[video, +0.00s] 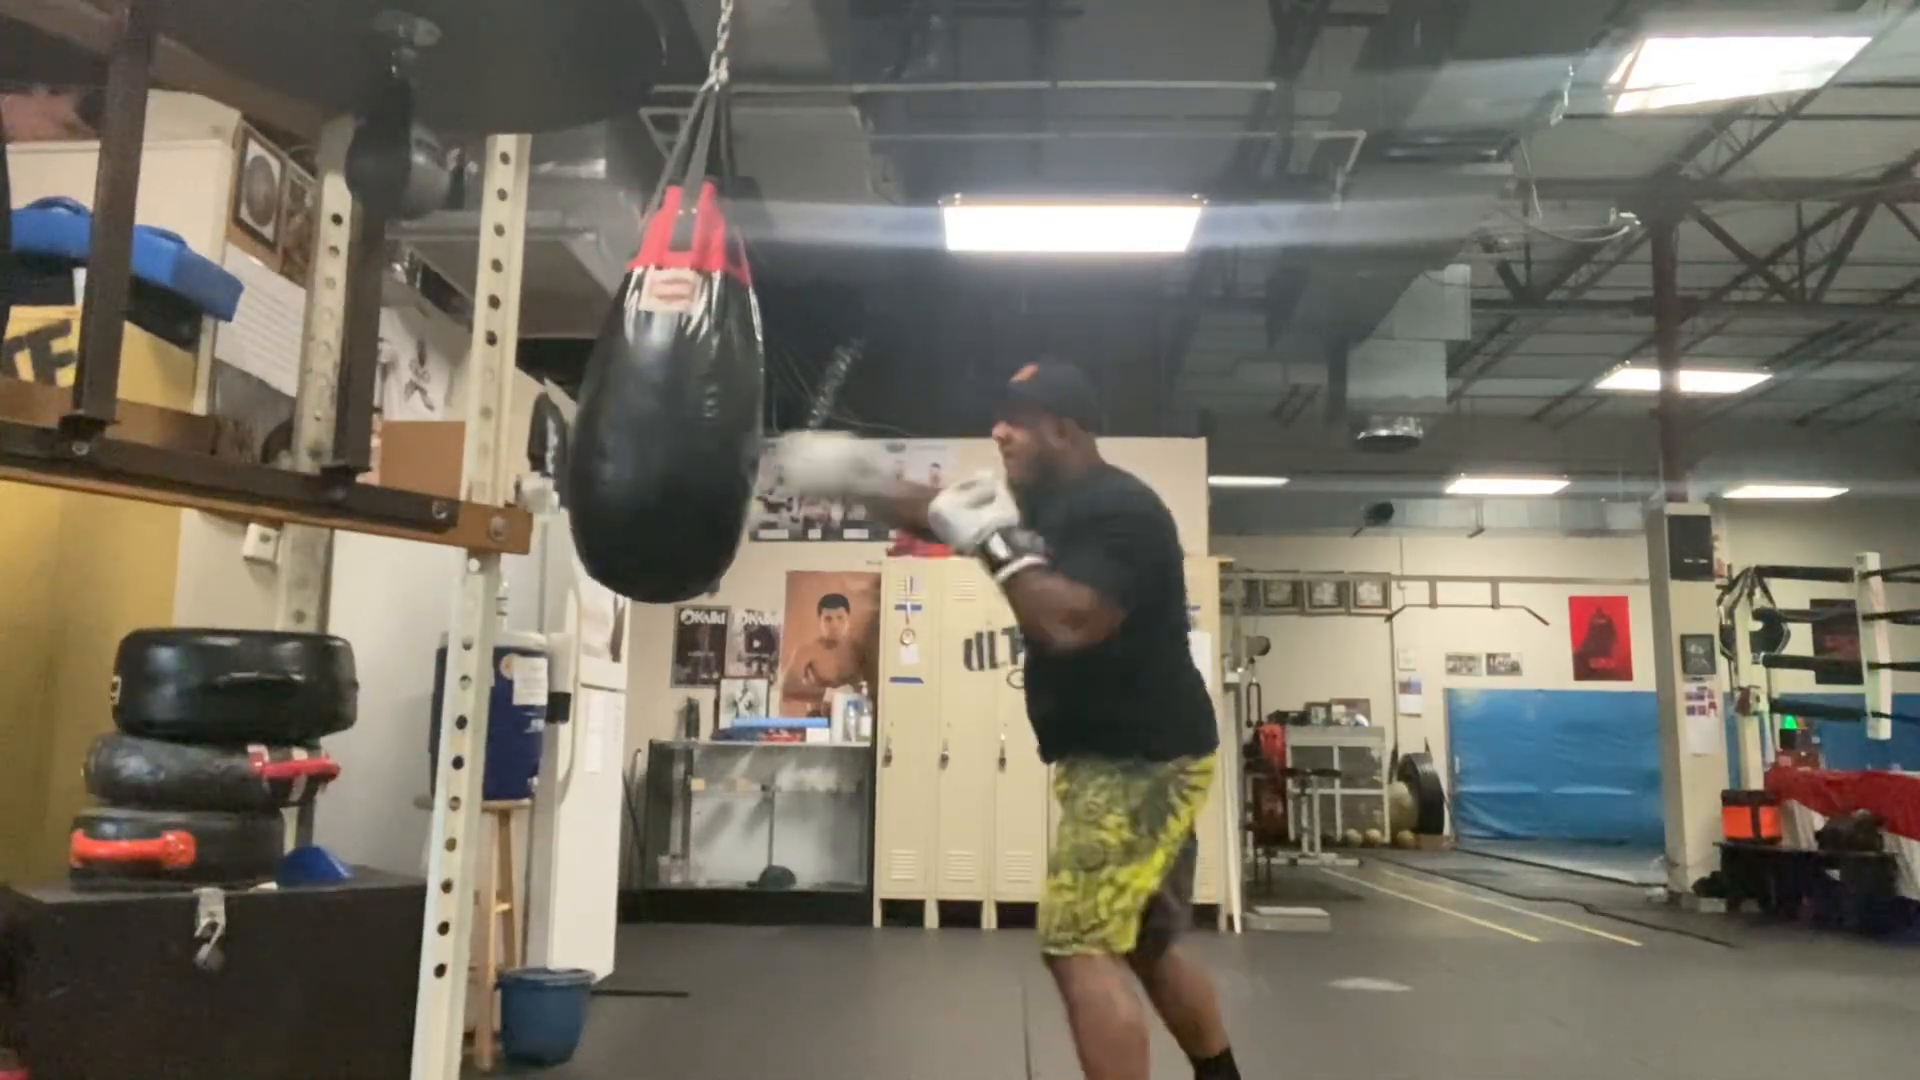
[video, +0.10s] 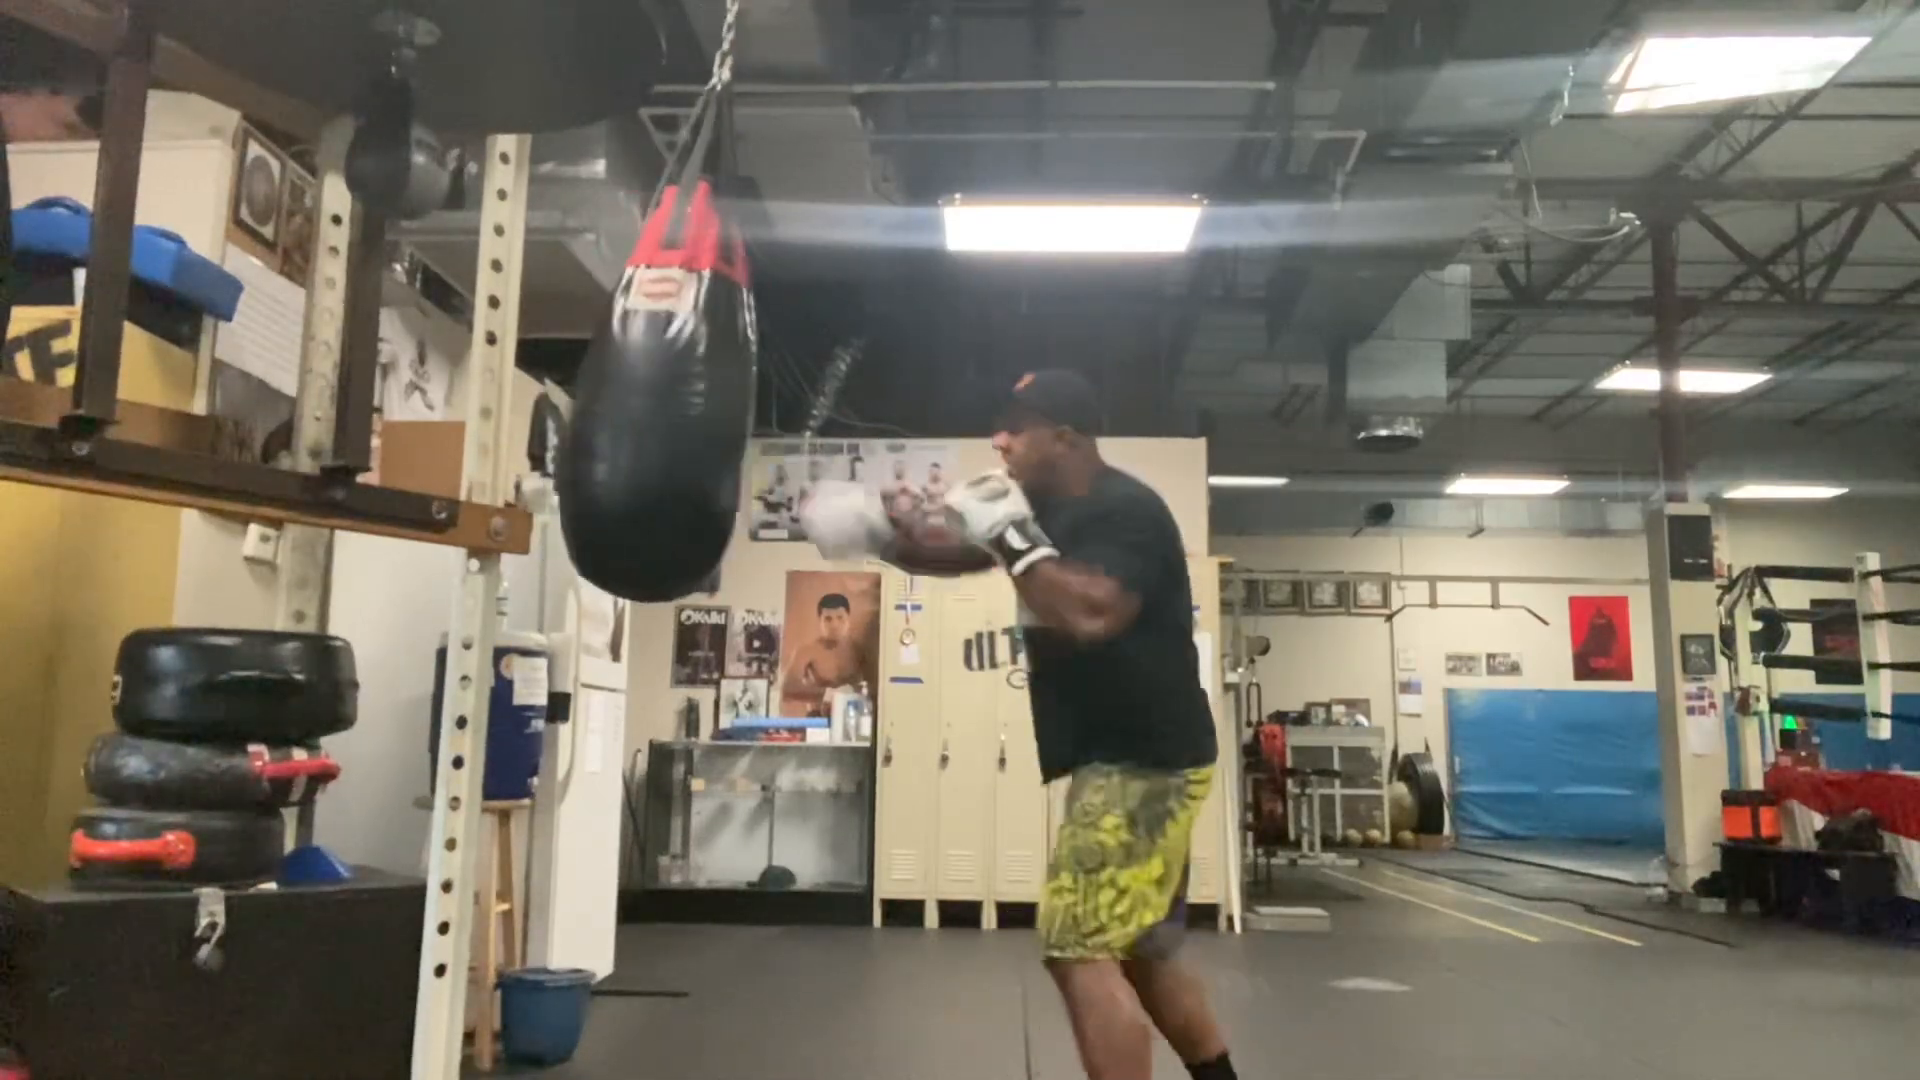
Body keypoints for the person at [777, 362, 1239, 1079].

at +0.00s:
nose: (999, 437)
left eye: (1015, 424)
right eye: (1001, 423)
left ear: (1066, 433)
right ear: (1058, 433)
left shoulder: (1119, 510)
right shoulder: (1047, 503)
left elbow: (1072, 623)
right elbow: (955, 514)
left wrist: (995, 542)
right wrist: (863, 484)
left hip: (1141, 757)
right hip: (1109, 754)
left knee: (1078, 944)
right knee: (1149, 946)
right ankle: (1219, 1072)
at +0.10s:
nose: (1000, 444)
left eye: (1016, 432)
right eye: (1002, 431)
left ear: (1066, 439)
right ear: (1052, 440)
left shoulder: (1128, 511)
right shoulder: (1049, 511)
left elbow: (1092, 612)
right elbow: (959, 552)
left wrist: (1009, 536)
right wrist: (876, 531)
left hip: (1141, 759)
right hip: (1117, 757)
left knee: (1077, 945)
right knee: (1141, 947)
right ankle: (1217, 1072)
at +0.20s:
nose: (994, 427)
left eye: (1006, 412)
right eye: (998, 413)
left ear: (1049, 420)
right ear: (1054, 424)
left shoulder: (1087, 484)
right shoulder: (1088, 494)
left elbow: (1069, 556)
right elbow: (1079, 613)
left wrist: (980, 509)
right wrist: (985, 603)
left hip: (1111, 750)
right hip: (1155, 744)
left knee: (1045, 948)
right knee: (1156, 937)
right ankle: (1220, 1071)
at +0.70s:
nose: (959, 420)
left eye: (972, 406)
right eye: (962, 406)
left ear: (1021, 413)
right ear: (1015, 416)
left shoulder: (1065, 479)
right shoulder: (1018, 496)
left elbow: (1051, 564)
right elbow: (969, 588)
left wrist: (963, 519)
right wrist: (914, 568)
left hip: (1093, 748)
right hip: (1114, 744)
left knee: (1046, 953)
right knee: (1142, 946)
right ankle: (1206, 1074)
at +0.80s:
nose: (949, 446)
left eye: (957, 431)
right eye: (949, 432)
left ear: (1002, 425)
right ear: (1033, 427)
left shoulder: (997, 478)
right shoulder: (1096, 487)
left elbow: (860, 492)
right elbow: (1062, 593)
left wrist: (761, 476)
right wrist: (965, 596)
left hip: (1072, 738)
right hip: (1149, 734)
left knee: (989, 954)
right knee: (1124, 930)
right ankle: (1182, 1074)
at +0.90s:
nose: (944, 441)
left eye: (950, 427)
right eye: (945, 427)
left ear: (984, 426)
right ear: (1031, 431)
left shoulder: (974, 490)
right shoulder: (1096, 502)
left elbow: (835, 541)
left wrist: (767, 505)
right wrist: (908, 498)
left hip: (1053, 759)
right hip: (1132, 750)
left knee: (983, 973)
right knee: (1116, 940)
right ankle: (1182, 1075)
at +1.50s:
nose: (885, 433)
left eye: (896, 418)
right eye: (887, 418)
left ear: (939, 426)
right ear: (943, 427)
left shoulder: (986, 504)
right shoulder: (945, 494)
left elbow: (928, 623)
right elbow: (852, 506)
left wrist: (874, 550)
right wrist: (764, 467)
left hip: (1016, 753)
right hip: (1049, 747)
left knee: (921, 942)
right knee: (1064, 943)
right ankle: (1136, 1074)